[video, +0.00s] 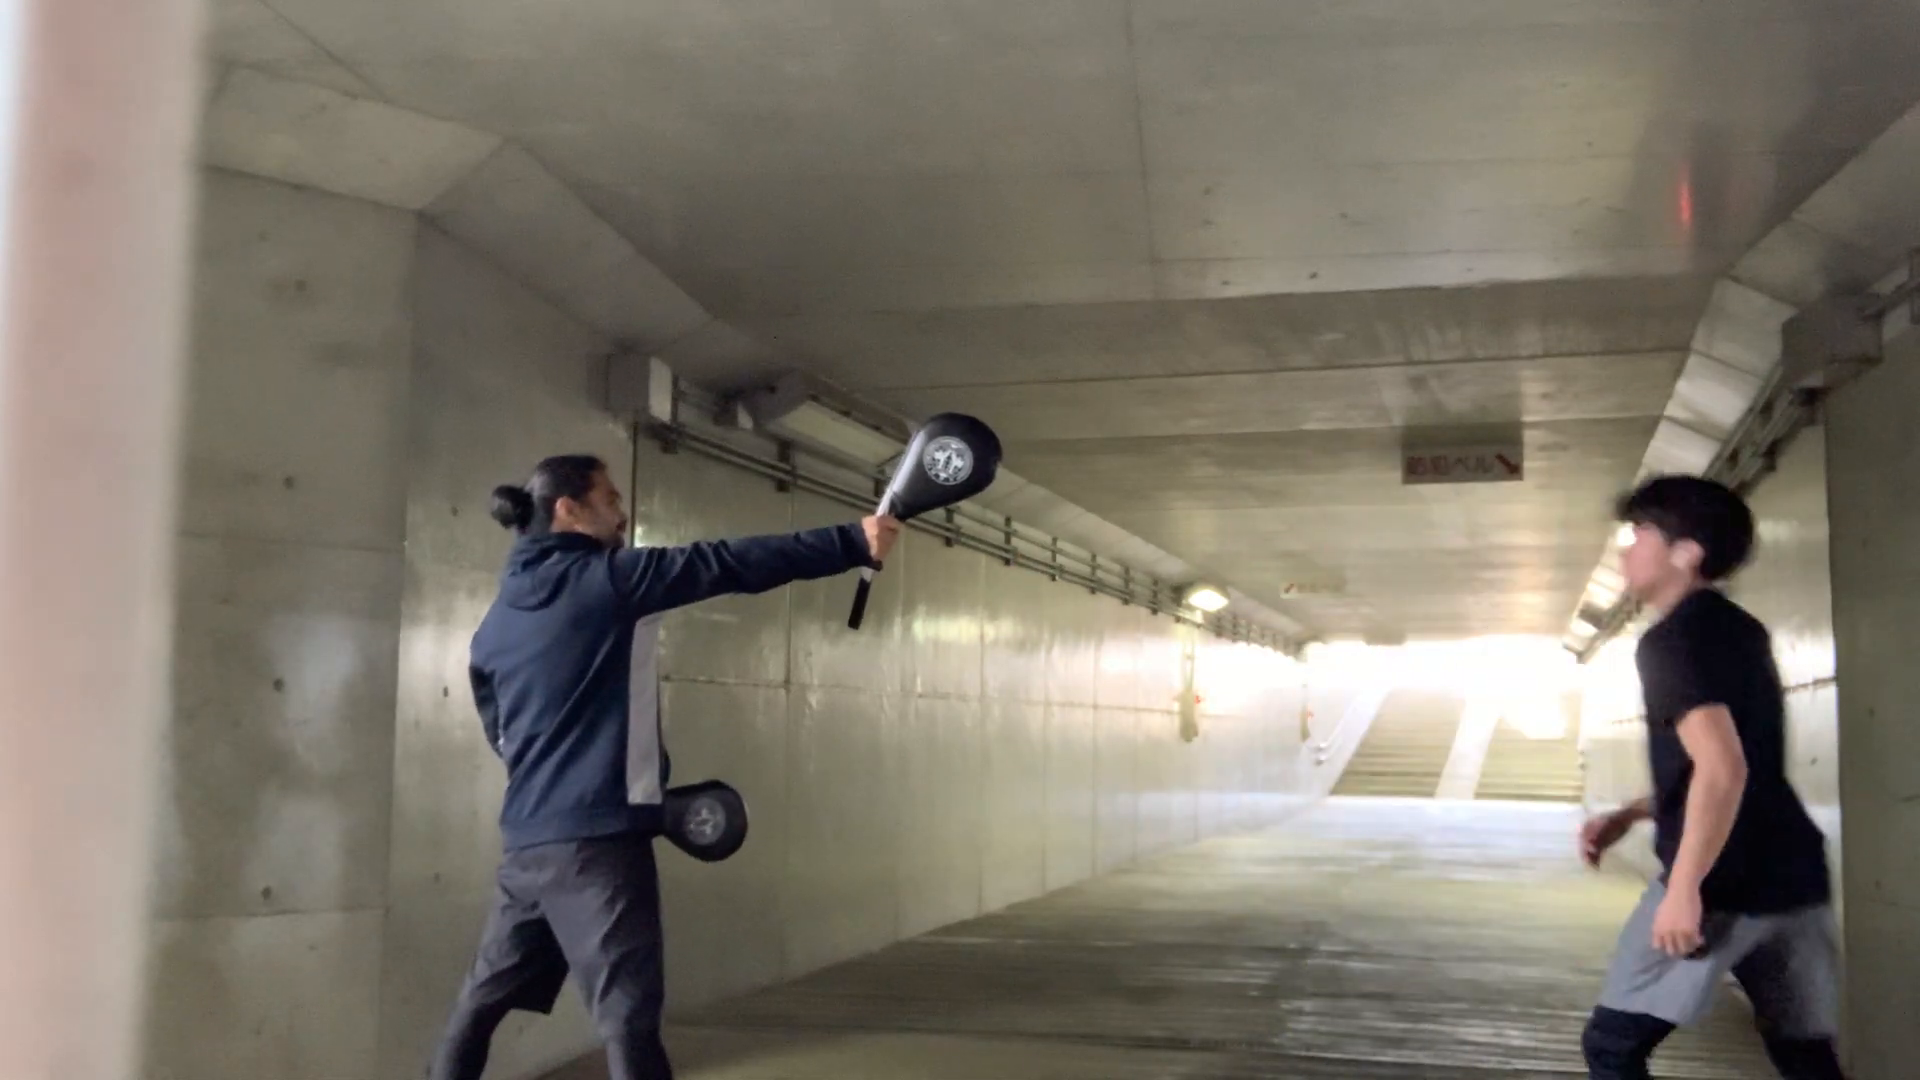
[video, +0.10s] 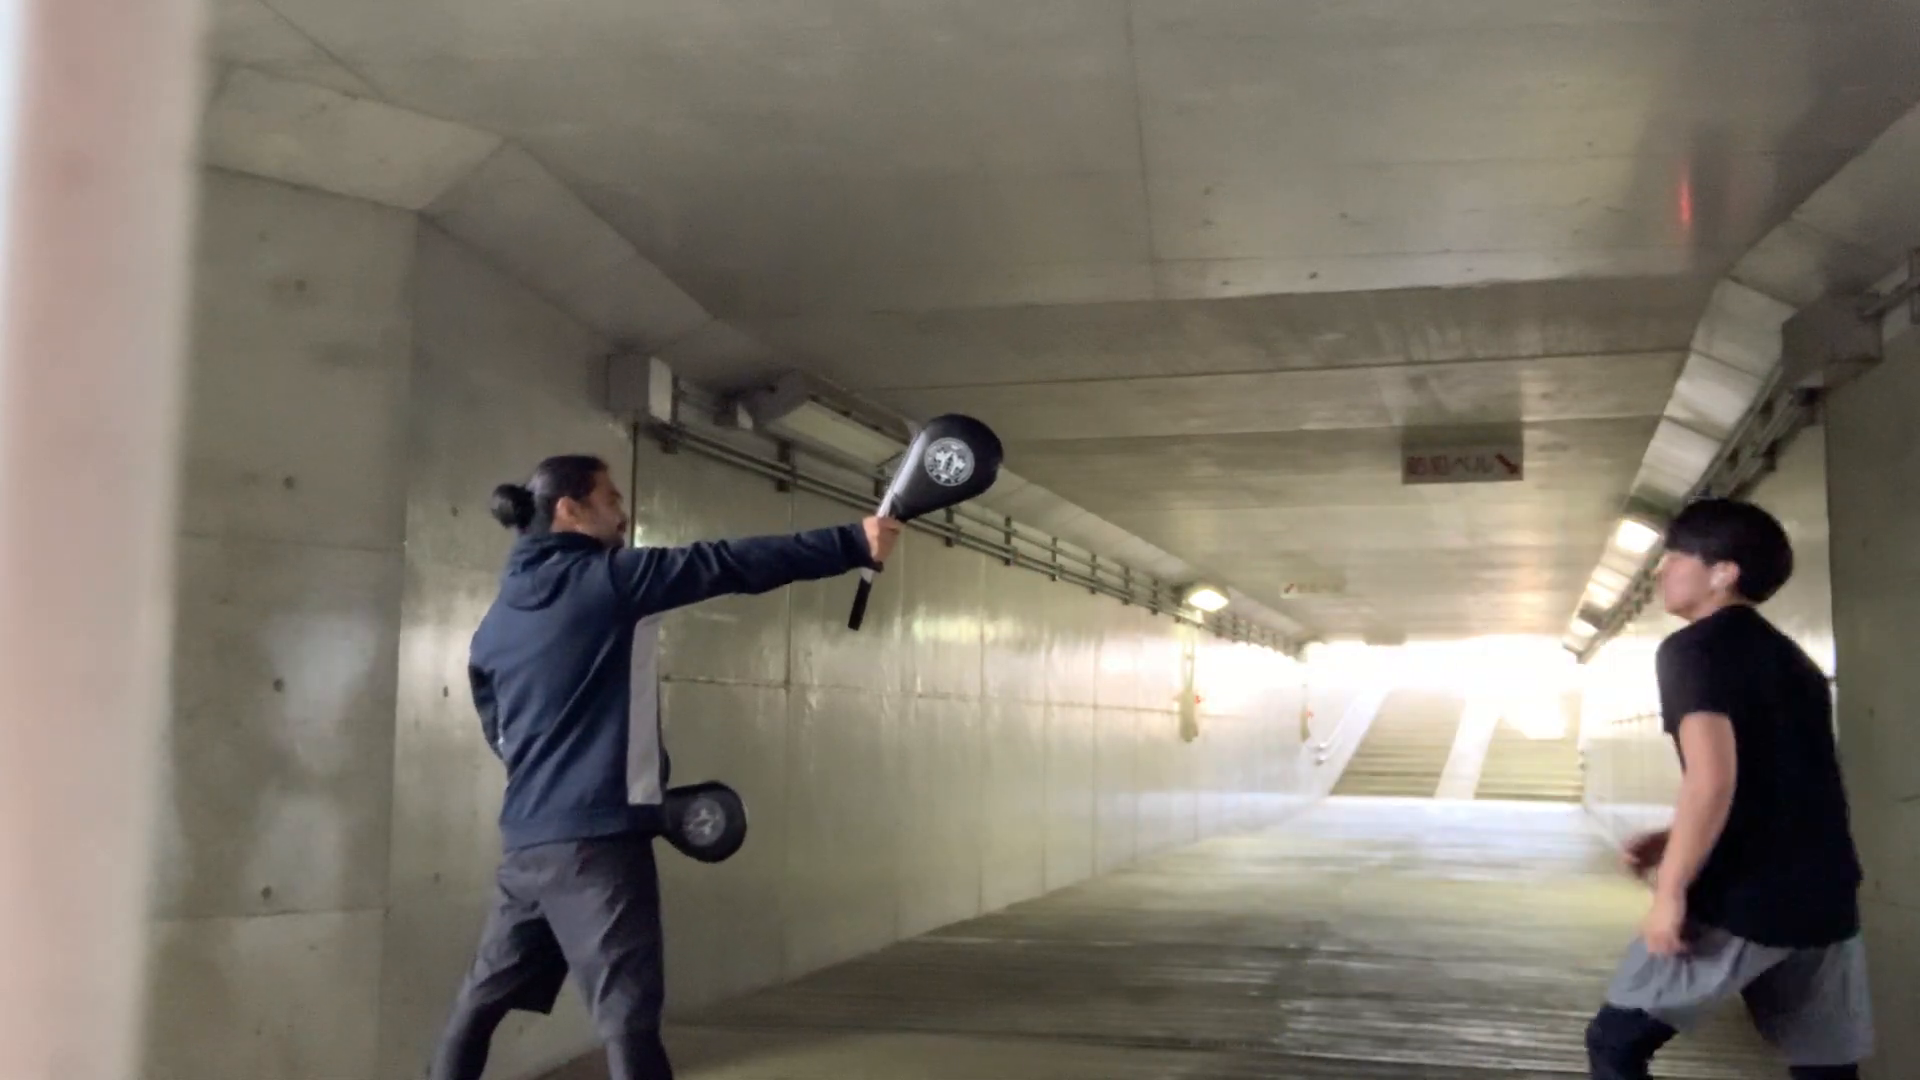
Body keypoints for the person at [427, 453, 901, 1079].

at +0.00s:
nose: (623, 514)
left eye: (620, 501)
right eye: (611, 501)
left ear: (556, 514)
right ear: (567, 509)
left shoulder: (493, 628)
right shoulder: (604, 577)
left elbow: (511, 740)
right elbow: (724, 563)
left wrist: (630, 790)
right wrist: (852, 540)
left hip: (529, 838)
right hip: (595, 836)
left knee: (477, 1009)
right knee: (629, 1024)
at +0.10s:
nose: (624, 514)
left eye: (620, 500)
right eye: (613, 501)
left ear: (557, 514)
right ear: (569, 509)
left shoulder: (493, 627)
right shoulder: (605, 577)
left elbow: (508, 738)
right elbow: (724, 563)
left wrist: (628, 786)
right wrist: (852, 541)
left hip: (527, 839)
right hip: (594, 837)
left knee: (476, 1009)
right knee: (629, 1025)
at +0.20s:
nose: (625, 514)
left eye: (621, 500)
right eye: (613, 501)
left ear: (559, 514)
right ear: (569, 511)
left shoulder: (493, 628)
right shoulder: (605, 577)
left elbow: (508, 738)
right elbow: (725, 564)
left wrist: (627, 784)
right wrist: (854, 543)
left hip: (527, 840)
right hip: (594, 838)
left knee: (475, 1011)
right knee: (628, 1027)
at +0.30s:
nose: (626, 516)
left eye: (623, 502)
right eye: (614, 502)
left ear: (560, 515)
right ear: (570, 511)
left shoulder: (492, 628)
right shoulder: (606, 577)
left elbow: (508, 739)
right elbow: (726, 564)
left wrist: (628, 784)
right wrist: (853, 543)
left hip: (527, 841)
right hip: (594, 839)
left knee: (475, 1011)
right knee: (629, 1026)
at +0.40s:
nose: (628, 516)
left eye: (624, 503)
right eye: (615, 503)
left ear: (560, 515)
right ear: (570, 511)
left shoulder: (492, 629)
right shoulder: (605, 578)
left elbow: (508, 739)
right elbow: (725, 564)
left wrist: (630, 786)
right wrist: (855, 544)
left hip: (527, 841)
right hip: (595, 839)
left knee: (477, 1007)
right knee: (628, 1026)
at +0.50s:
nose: (628, 516)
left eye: (624, 502)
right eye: (616, 502)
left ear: (561, 515)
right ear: (572, 511)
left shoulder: (493, 629)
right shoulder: (606, 577)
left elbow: (511, 740)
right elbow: (726, 565)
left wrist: (631, 784)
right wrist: (854, 544)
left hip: (527, 841)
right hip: (595, 839)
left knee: (477, 1007)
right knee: (628, 1026)